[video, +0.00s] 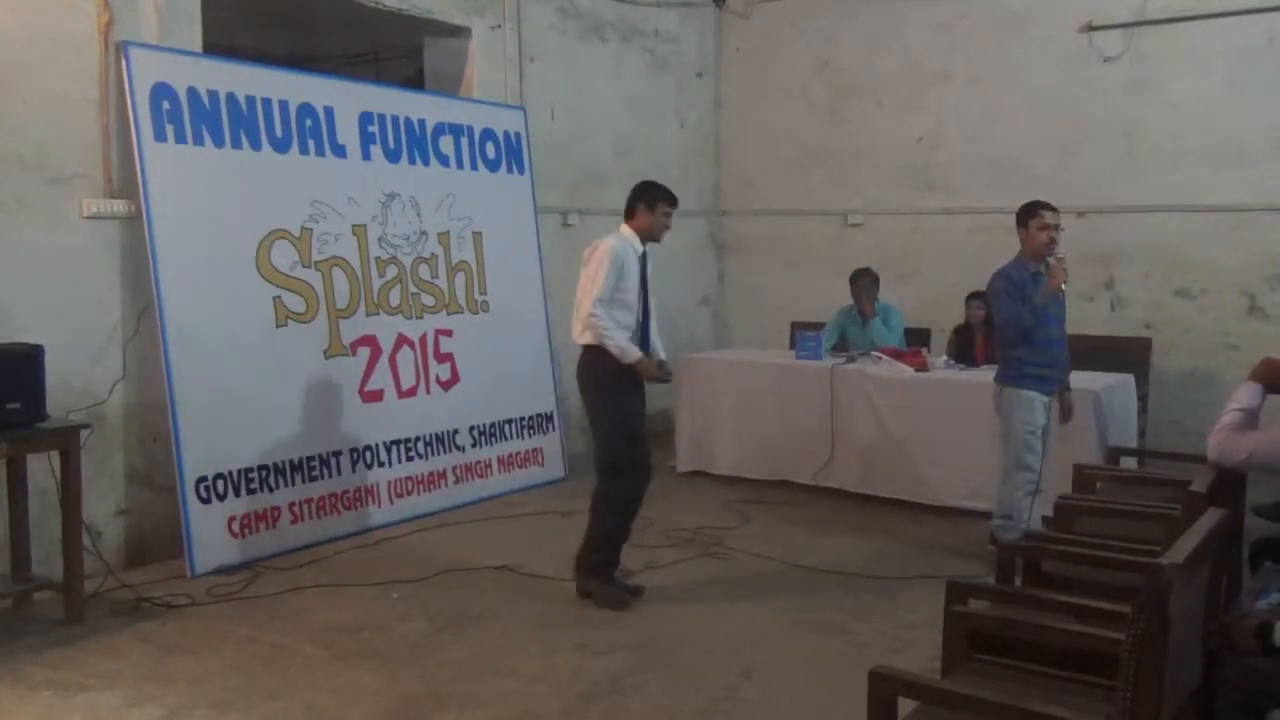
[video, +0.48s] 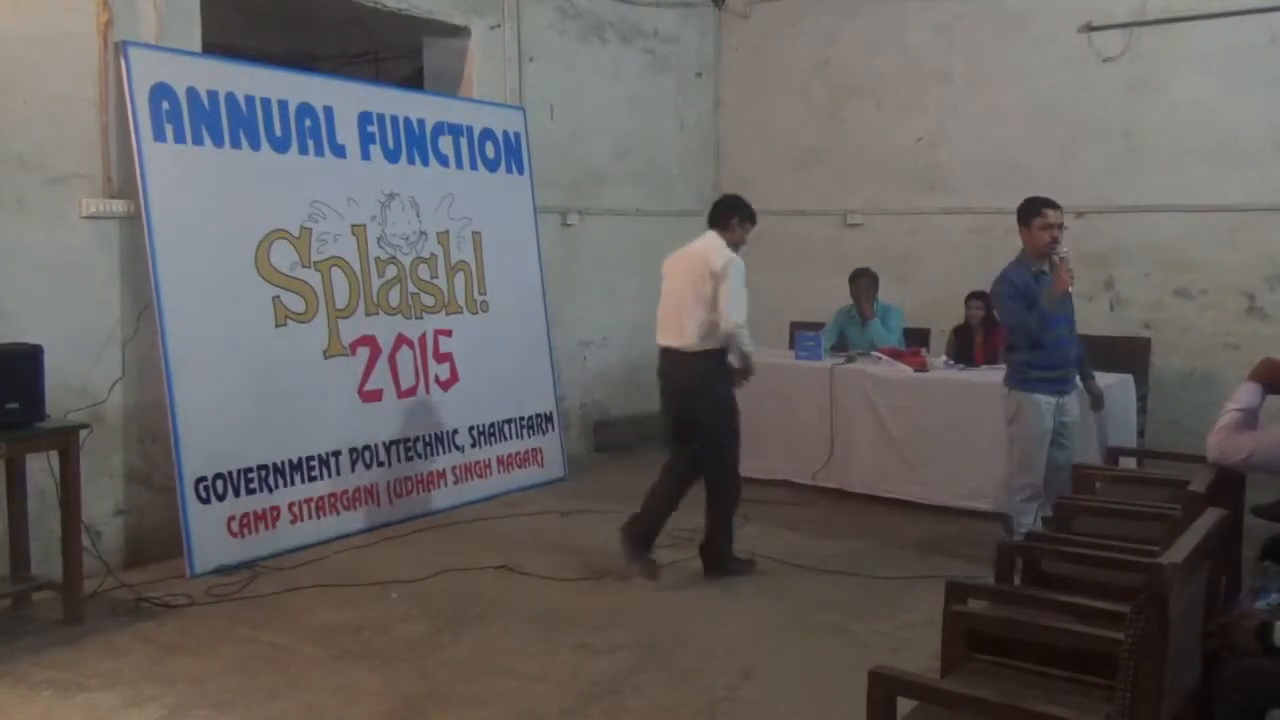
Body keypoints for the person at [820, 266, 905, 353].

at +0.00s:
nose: (862, 296)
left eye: (867, 291)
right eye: (857, 291)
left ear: (876, 292)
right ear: (852, 293)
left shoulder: (891, 314)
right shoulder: (844, 314)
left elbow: (891, 349)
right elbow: (823, 344)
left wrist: (871, 317)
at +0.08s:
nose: (862, 296)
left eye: (867, 291)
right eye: (857, 291)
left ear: (876, 292)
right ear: (852, 293)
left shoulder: (892, 313)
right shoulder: (844, 314)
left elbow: (891, 349)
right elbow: (823, 343)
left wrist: (871, 317)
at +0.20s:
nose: (862, 297)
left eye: (867, 292)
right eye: (857, 292)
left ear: (876, 292)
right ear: (851, 294)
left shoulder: (892, 314)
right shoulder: (844, 314)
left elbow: (890, 349)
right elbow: (823, 344)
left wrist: (871, 317)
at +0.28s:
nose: (862, 298)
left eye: (867, 292)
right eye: (857, 292)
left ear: (876, 292)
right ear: (851, 293)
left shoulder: (892, 314)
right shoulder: (843, 314)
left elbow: (890, 349)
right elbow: (823, 344)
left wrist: (870, 317)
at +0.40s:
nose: (861, 296)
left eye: (866, 291)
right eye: (856, 291)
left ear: (875, 292)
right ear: (851, 293)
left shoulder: (891, 314)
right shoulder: (843, 314)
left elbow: (890, 349)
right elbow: (822, 344)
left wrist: (870, 316)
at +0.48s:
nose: (861, 296)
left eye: (866, 291)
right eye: (856, 291)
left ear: (875, 292)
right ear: (851, 293)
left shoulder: (891, 314)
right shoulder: (843, 314)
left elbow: (890, 349)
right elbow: (822, 344)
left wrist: (870, 316)